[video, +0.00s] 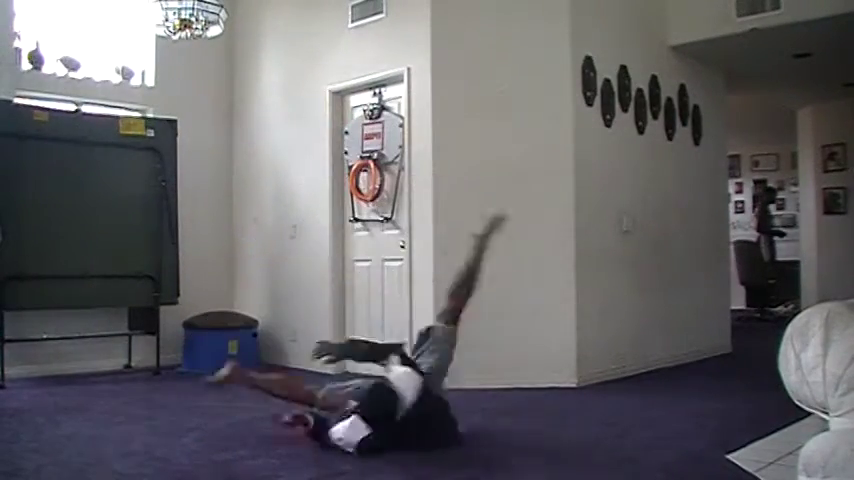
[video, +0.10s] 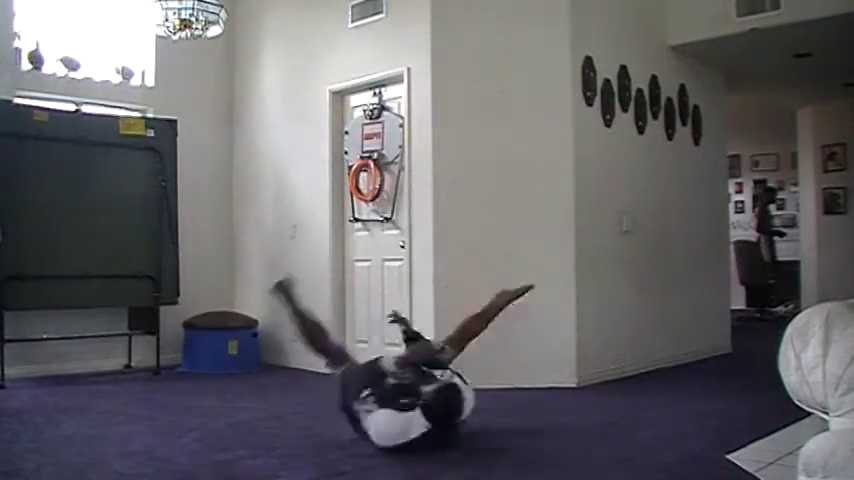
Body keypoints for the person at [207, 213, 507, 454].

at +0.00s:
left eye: (364, 397)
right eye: (376, 395)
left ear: (362, 411)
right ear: (395, 405)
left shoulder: (362, 430)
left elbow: (334, 437)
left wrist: (310, 428)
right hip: (414, 385)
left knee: (313, 395)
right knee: (451, 314)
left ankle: (242, 375)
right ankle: (480, 247)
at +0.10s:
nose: (433, 383)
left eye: (430, 390)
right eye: (440, 386)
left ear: (425, 407)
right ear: (452, 387)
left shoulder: (394, 426)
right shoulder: (461, 398)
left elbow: (355, 388)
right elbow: (448, 366)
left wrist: (386, 365)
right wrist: (414, 337)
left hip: (368, 394)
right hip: (418, 375)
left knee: (332, 351)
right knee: (453, 343)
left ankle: (291, 302)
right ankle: (498, 304)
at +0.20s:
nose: (499, 389)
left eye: (502, 394)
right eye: (502, 391)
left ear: (496, 403)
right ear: (508, 424)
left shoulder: (469, 408)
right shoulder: (491, 434)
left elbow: (447, 358)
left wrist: (447, 343)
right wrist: (492, 383)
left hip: (382, 393)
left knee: (403, 296)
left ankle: (423, 213)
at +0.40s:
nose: (450, 368)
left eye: (455, 369)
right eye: (456, 367)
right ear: (465, 349)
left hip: (429, 306)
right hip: (422, 325)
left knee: (374, 277)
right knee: (385, 376)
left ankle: (326, 244)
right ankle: (304, 410)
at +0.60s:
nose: (474, 403)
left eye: (485, 403)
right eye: (476, 391)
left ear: (499, 402)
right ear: (472, 372)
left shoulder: (489, 417)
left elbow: (491, 435)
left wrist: (505, 442)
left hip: (413, 387)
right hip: (431, 351)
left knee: (395, 424)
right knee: (482, 284)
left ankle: (339, 444)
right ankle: (537, 222)